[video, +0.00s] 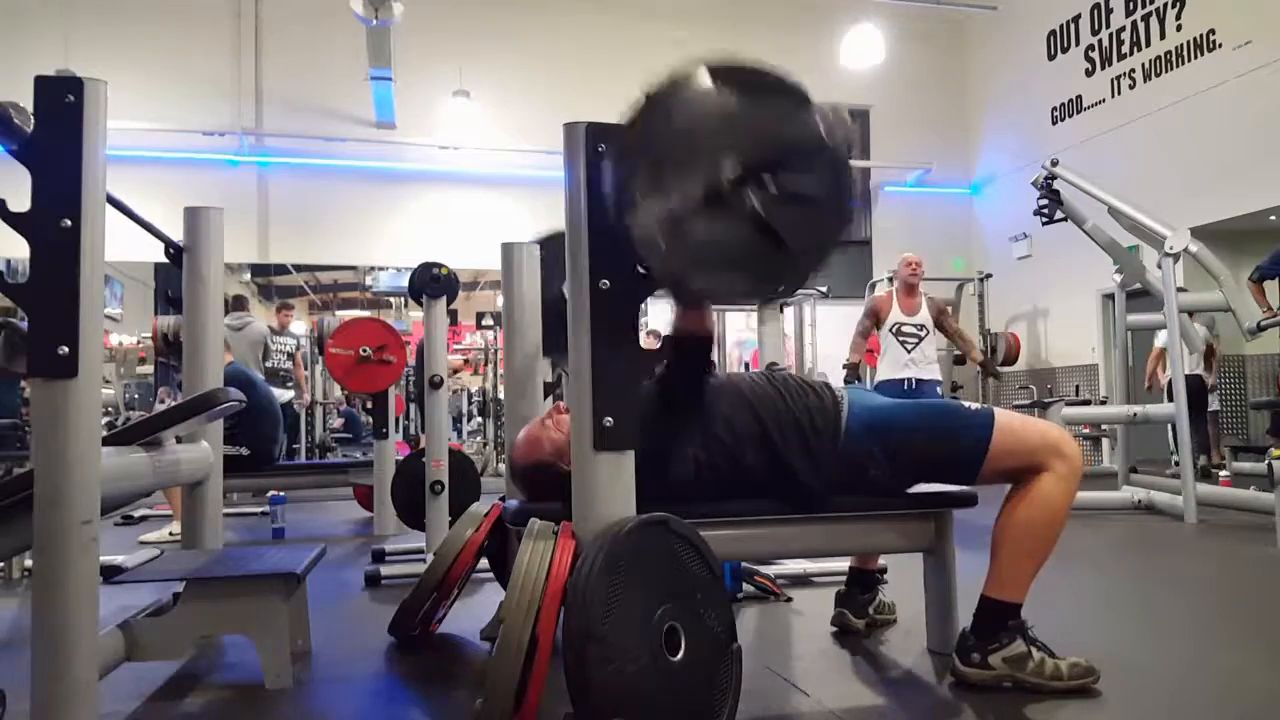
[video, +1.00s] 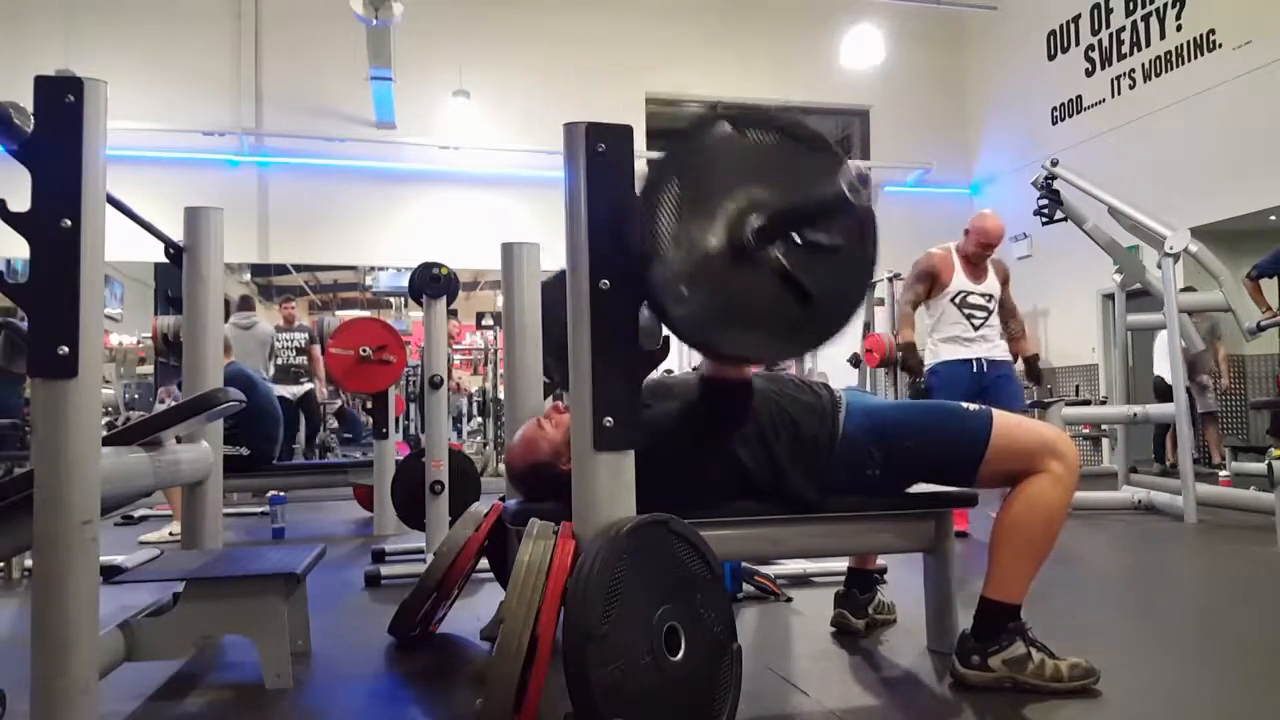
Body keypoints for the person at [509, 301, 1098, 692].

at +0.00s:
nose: (559, 407)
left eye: (548, 411)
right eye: (552, 419)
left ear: (563, 455)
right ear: (570, 450)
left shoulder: (617, 440)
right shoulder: (638, 453)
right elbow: (691, 344)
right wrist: (699, 248)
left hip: (818, 424)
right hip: (847, 430)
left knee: (904, 430)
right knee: (1058, 452)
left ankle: (861, 591)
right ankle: (994, 639)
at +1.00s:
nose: (553, 410)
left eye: (544, 413)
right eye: (544, 425)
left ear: (561, 421)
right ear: (555, 461)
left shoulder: (607, 436)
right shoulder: (617, 460)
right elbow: (714, 408)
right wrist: (731, 306)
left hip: (814, 430)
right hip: (837, 435)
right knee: (1055, 456)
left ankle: (860, 595)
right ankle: (993, 640)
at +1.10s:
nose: (550, 413)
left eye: (541, 416)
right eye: (543, 426)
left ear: (555, 424)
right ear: (553, 457)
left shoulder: (613, 425)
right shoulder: (608, 449)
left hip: (802, 424)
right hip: (826, 437)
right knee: (1057, 454)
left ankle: (858, 594)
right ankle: (992, 640)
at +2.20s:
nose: (546, 412)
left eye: (538, 417)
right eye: (540, 428)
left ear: (557, 422)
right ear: (557, 461)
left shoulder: (608, 425)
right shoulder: (607, 451)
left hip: (806, 426)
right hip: (835, 434)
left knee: (921, 435)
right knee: (1053, 456)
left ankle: (858, 596)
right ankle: (992, 640)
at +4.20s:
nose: (544, 409)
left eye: (533, 416)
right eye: (537, 428)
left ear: (553, 437)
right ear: (556, 458)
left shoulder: (612, 427)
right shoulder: (627, 444)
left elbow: (667, 388)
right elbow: (761, 468)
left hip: (797, 441)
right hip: (827, 452)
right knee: (1053, 455)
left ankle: (856, 596)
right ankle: (993, 640)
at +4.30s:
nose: (545, 408)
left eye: (534, 415)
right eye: (538, 426)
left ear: (554, 437)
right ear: (556, 458)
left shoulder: (615, 426)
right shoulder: (629, 445)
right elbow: (762, 464)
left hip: (805, 432)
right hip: (837, 437)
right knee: (1053, 455)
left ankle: (856, 595)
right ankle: (993, 639)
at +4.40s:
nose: (542, 407)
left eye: (531, 416)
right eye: (536, 424)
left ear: (550, 436)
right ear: (553, 453)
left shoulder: (612, 420)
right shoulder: (621, 450)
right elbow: (746, 451)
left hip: (799, 424)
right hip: (832, 433)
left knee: (890, 446)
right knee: (1052, 455)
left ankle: (855, 597)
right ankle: (993, 640)